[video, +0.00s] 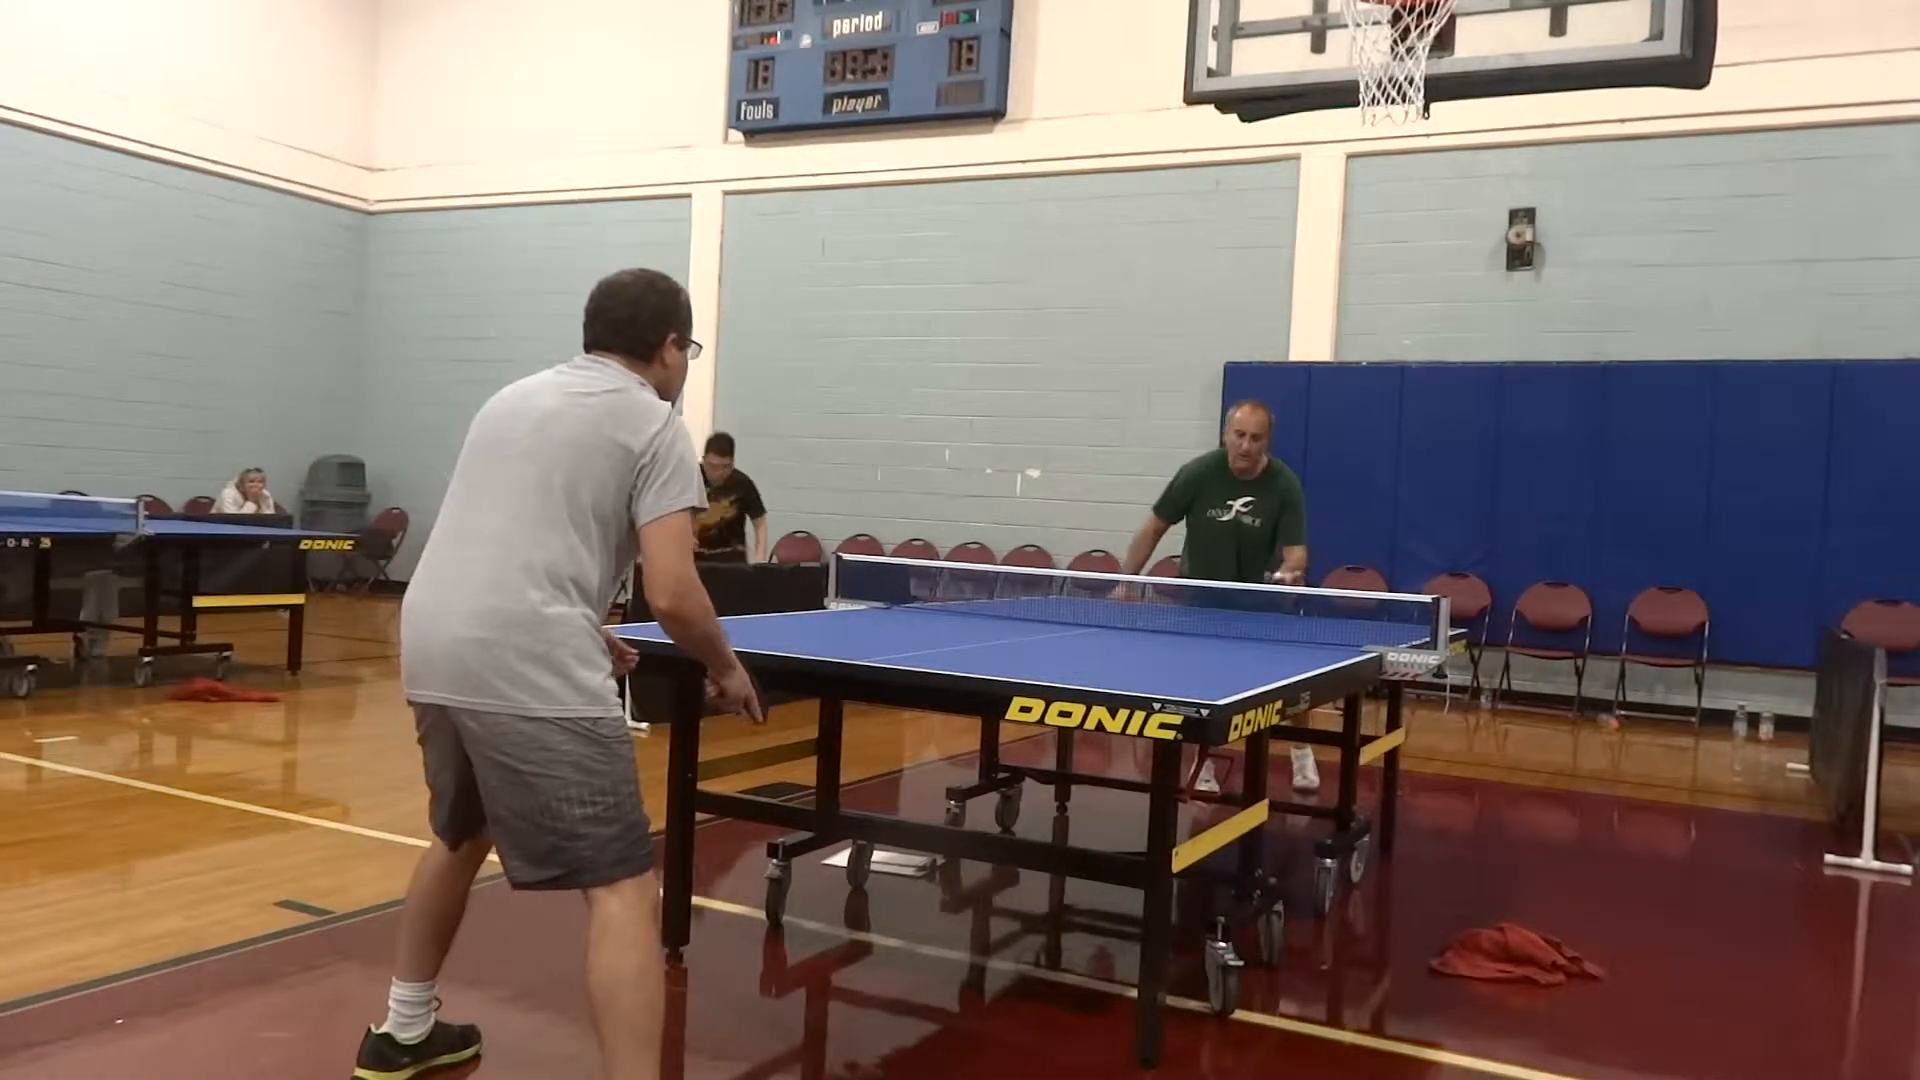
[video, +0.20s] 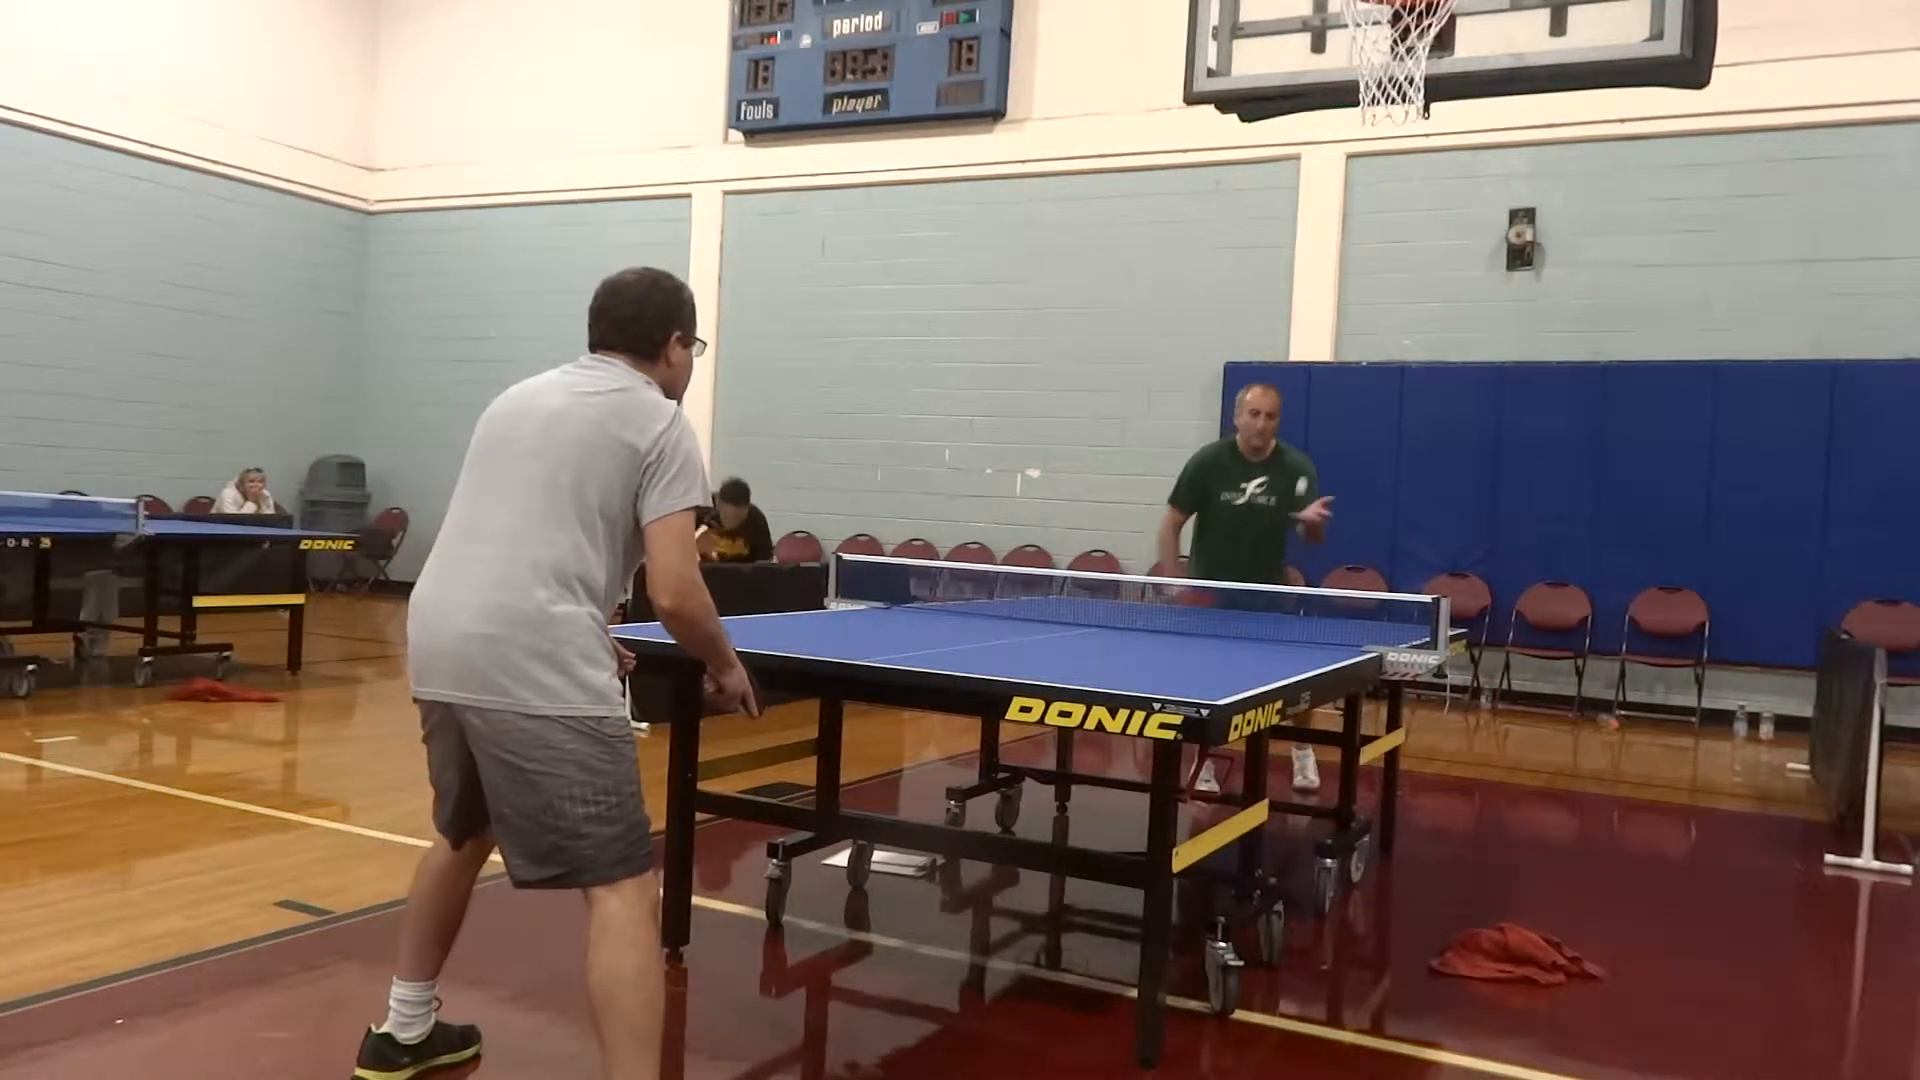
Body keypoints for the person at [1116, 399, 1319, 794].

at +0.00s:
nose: (1245, 445)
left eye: (1255, 437)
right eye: (1238, 435)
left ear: (1268, 441)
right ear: (1225, 435)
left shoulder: (1284, 484)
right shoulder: (1197, 475)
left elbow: (1296, 551)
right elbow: (1154, 527)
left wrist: (1290, 571)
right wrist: (1127, 580)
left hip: (1260, 602)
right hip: (1203, 598)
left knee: (1281, 673)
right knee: (1201, 676)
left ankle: (1300, 749)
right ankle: (1207, 759)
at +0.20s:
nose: (1261, 424)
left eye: (1269, 416)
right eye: (1254, 414)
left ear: (1279, 422)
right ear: (1237, 417)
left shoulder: (1296, 468)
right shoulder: (1209, 461)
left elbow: (1314, 538)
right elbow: (1170, 523)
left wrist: (1311, 521)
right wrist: (1171, 577)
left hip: (1268, 591)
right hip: (1210, 588)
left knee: (1293, 668)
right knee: (1207, 671)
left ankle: (1302, 748)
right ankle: (1208, 757)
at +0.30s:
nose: (1268, 413)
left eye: (1276, 405)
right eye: (1260, 404)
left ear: (1284, 410)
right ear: (1241, 408)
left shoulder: (1300, 457)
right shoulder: (1212, 454)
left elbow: (1316, 520)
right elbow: (1182, 521)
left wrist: (1326, 518)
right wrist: (1215, 564)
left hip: (1278, 583)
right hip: (1219, 582)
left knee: (1298, 661)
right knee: (1214, 664)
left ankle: (1301, 748)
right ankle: (1210, 756)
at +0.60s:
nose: (1282, 426)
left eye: (1288, 417)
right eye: (1273, 417)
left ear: (1295, 420)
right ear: (1253, 419)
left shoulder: (1311, 466)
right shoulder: (1230, 464)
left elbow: (1334, 533)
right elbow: (1229, 537)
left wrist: (1356, 572)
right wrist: (1284, 560)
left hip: (1292, 594)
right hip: (1232, 591)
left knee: (1306, 671)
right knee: (1222, 668)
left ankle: (1300, 754)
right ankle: (1211, 757)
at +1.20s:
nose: (1288, 410)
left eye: (1298, 403)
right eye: (1281, 402)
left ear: (1313, 412)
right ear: (1270, 410)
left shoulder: (1343, 461)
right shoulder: (1247, 466)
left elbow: (1373, 518)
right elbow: (1231, 526)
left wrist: (1379, 573)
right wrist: (1241, 566)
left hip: (1333, 596)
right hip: (1268, 597)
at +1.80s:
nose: (1360, 416)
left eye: (1371, 409)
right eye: (1354, 407)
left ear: (1385, 416)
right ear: (1341, 411)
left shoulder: (1412, 468)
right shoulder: (1317, 463)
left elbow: (1435, 534)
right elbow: (1271, 523)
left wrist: (1404, 572)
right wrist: (1296, 565)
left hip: (1388, 610)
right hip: (1321, 606)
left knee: (1424, 685)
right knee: (1272, 676)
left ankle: (1437, 780)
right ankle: (1252, 763)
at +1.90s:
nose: (1366, 423)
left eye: (1376, 416)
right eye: (1359, 414)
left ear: (1390, 423)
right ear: (1345, 418)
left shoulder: (1408, 477)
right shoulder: (1320, 469)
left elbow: (1421, 544)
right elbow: (1268, 527)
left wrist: (1424, 607)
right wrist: (1301, 557)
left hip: (1391, 614)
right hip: (1323, 611)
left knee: (1423, 686)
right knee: (1275, 679)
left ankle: (1436, 781)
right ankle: (1252, 761)